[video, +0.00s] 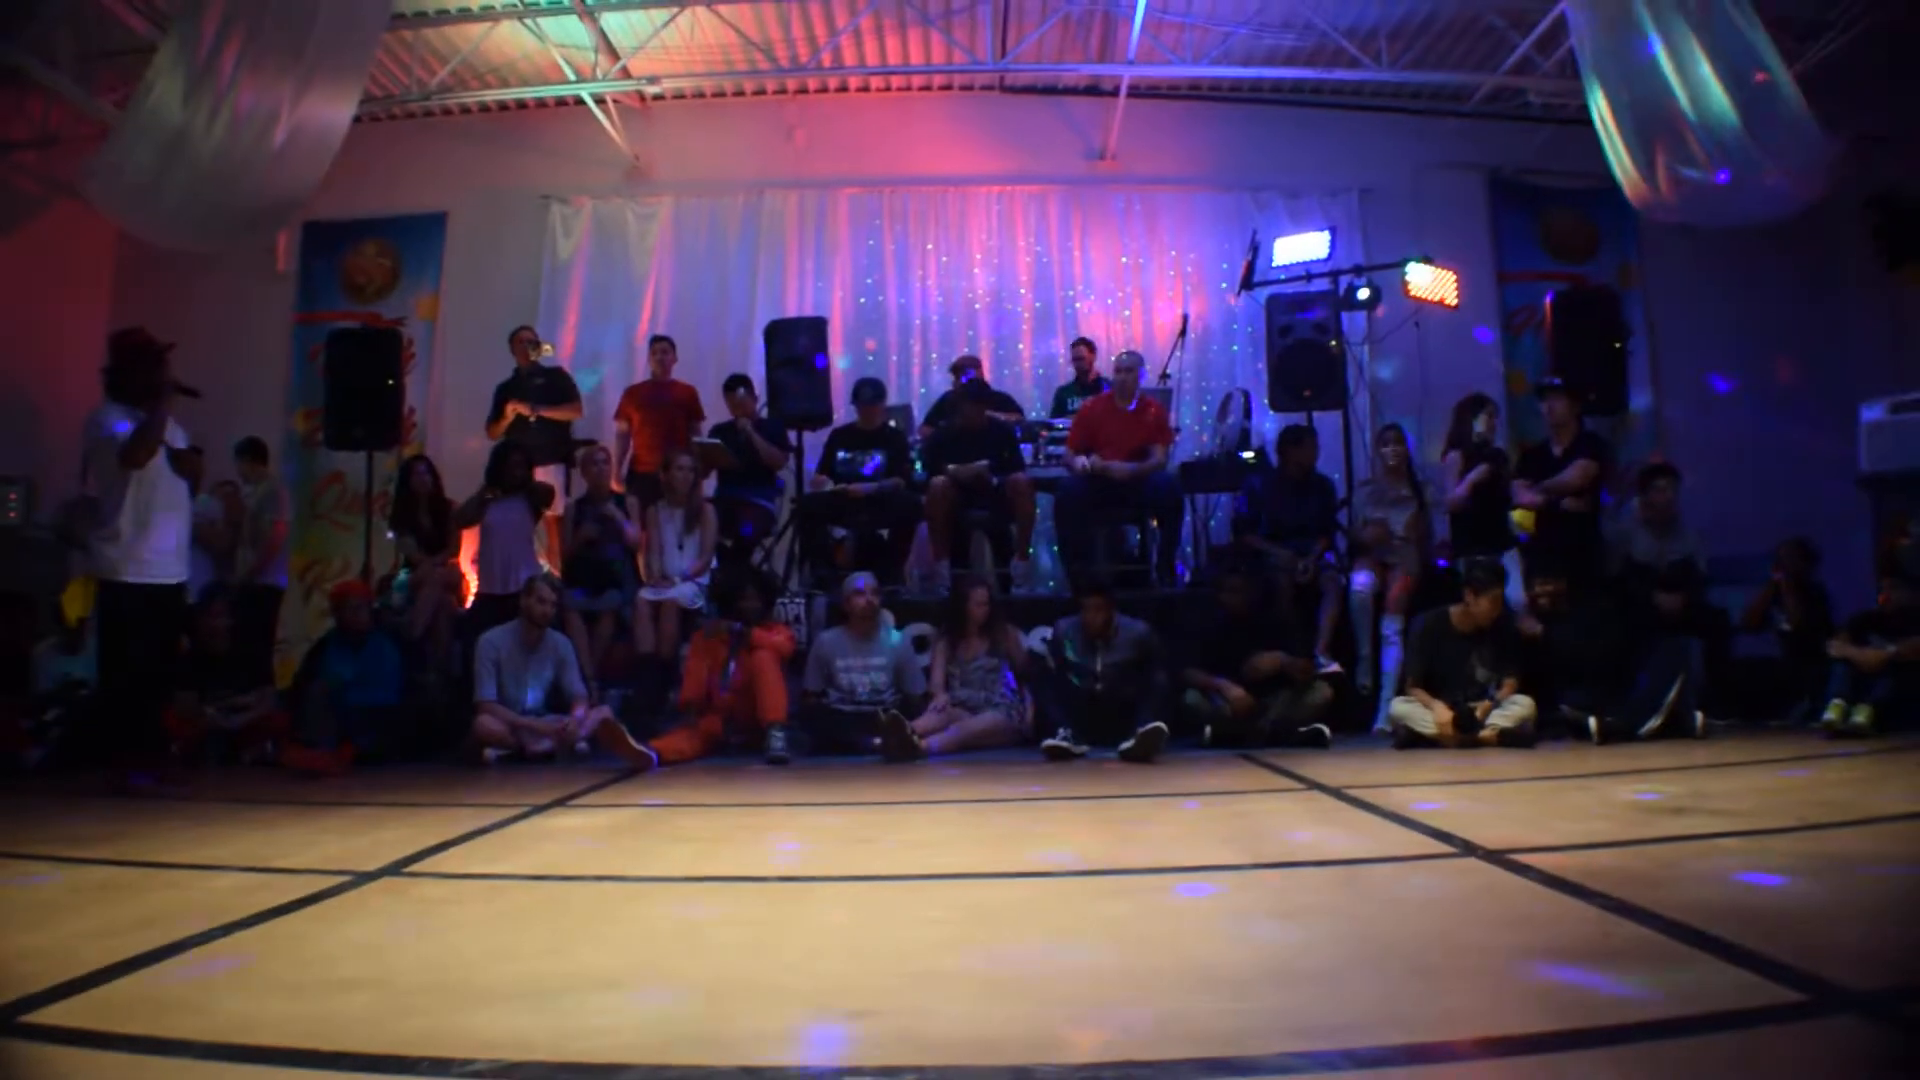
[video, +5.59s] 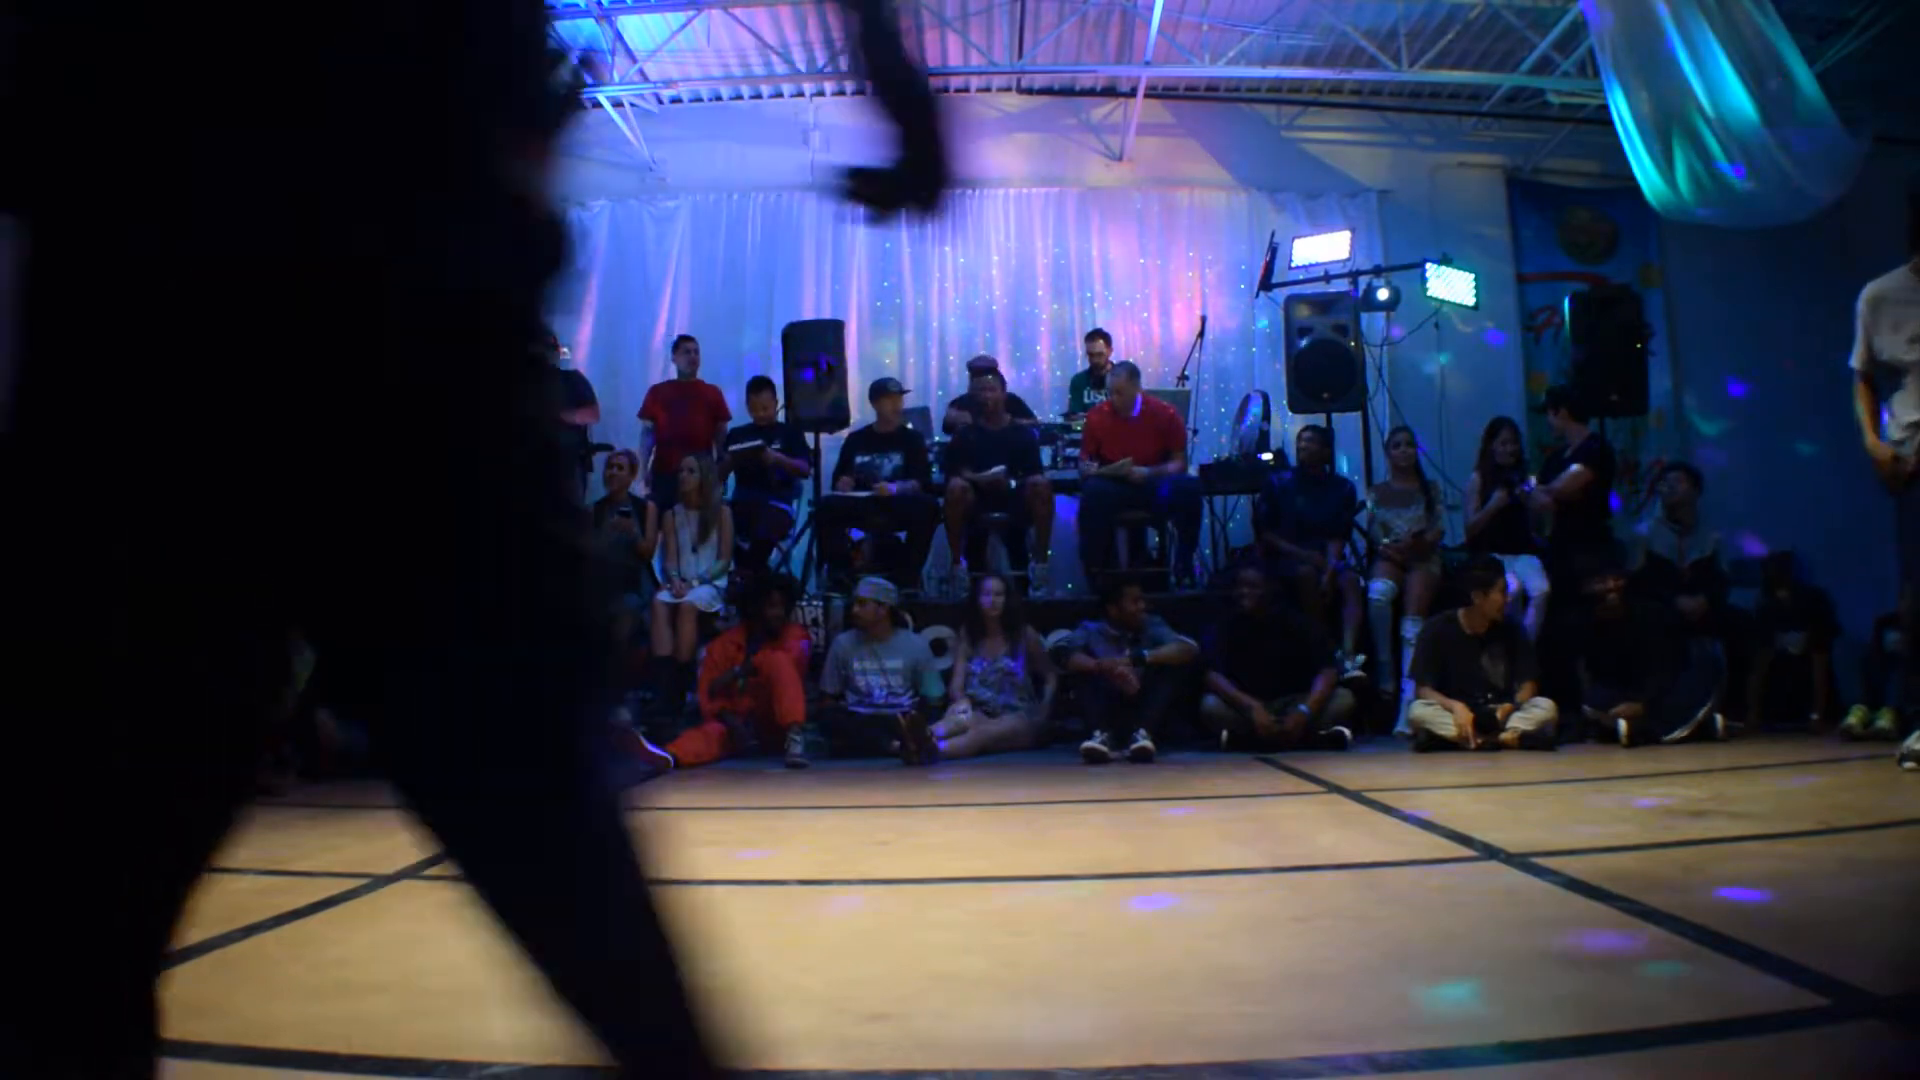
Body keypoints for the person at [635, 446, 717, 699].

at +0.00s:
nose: (684, 476)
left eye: (689, 470)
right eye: (679, 470)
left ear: (696, 477)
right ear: (666, 475)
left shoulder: (704, 510)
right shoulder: (656, 511)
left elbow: (707, 554)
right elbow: (652, 548)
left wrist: (686, 576)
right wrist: (654, 575)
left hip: (693, 579)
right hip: (663, 579)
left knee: (670, 603)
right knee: (643, 601)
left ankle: (666, 668)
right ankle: (645, 667)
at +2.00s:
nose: (702, 479)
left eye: (707, 474)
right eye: (696, 474)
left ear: (713, 480)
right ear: (683, 479)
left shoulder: (722, 514)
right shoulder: (672, 516)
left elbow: (725, 560)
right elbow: (669, 557)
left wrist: (698, 582)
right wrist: (674, 580)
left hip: (710, 581)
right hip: (678, 581)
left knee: (689, 605)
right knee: (661, 603)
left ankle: (683, 679)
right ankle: (664, 677)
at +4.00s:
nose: (700, 478)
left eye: (705, 472)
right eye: (694, 472)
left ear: (712, 478)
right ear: (683, 478)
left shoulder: (722, 513)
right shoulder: (672, 516)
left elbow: (725, 560)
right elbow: (670, 556)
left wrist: (697, 582)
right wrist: (674, 581)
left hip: (710, 580)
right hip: (679, 580)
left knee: (688, 607)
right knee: (659, 605)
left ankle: (682, 682)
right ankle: (662, 680)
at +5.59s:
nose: (683, 477)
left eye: (690, 472)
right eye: (681, 472)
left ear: (704, 478)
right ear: (678, 477)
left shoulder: (721, 514)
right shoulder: (672, 516)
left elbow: (725, 560)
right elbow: (669, 559)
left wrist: (699, 581)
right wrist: (674, 580)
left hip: (709, 580)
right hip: (679, 581)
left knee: (688, 606)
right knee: (660, 603)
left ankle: (681, 678)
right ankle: (662, 676)